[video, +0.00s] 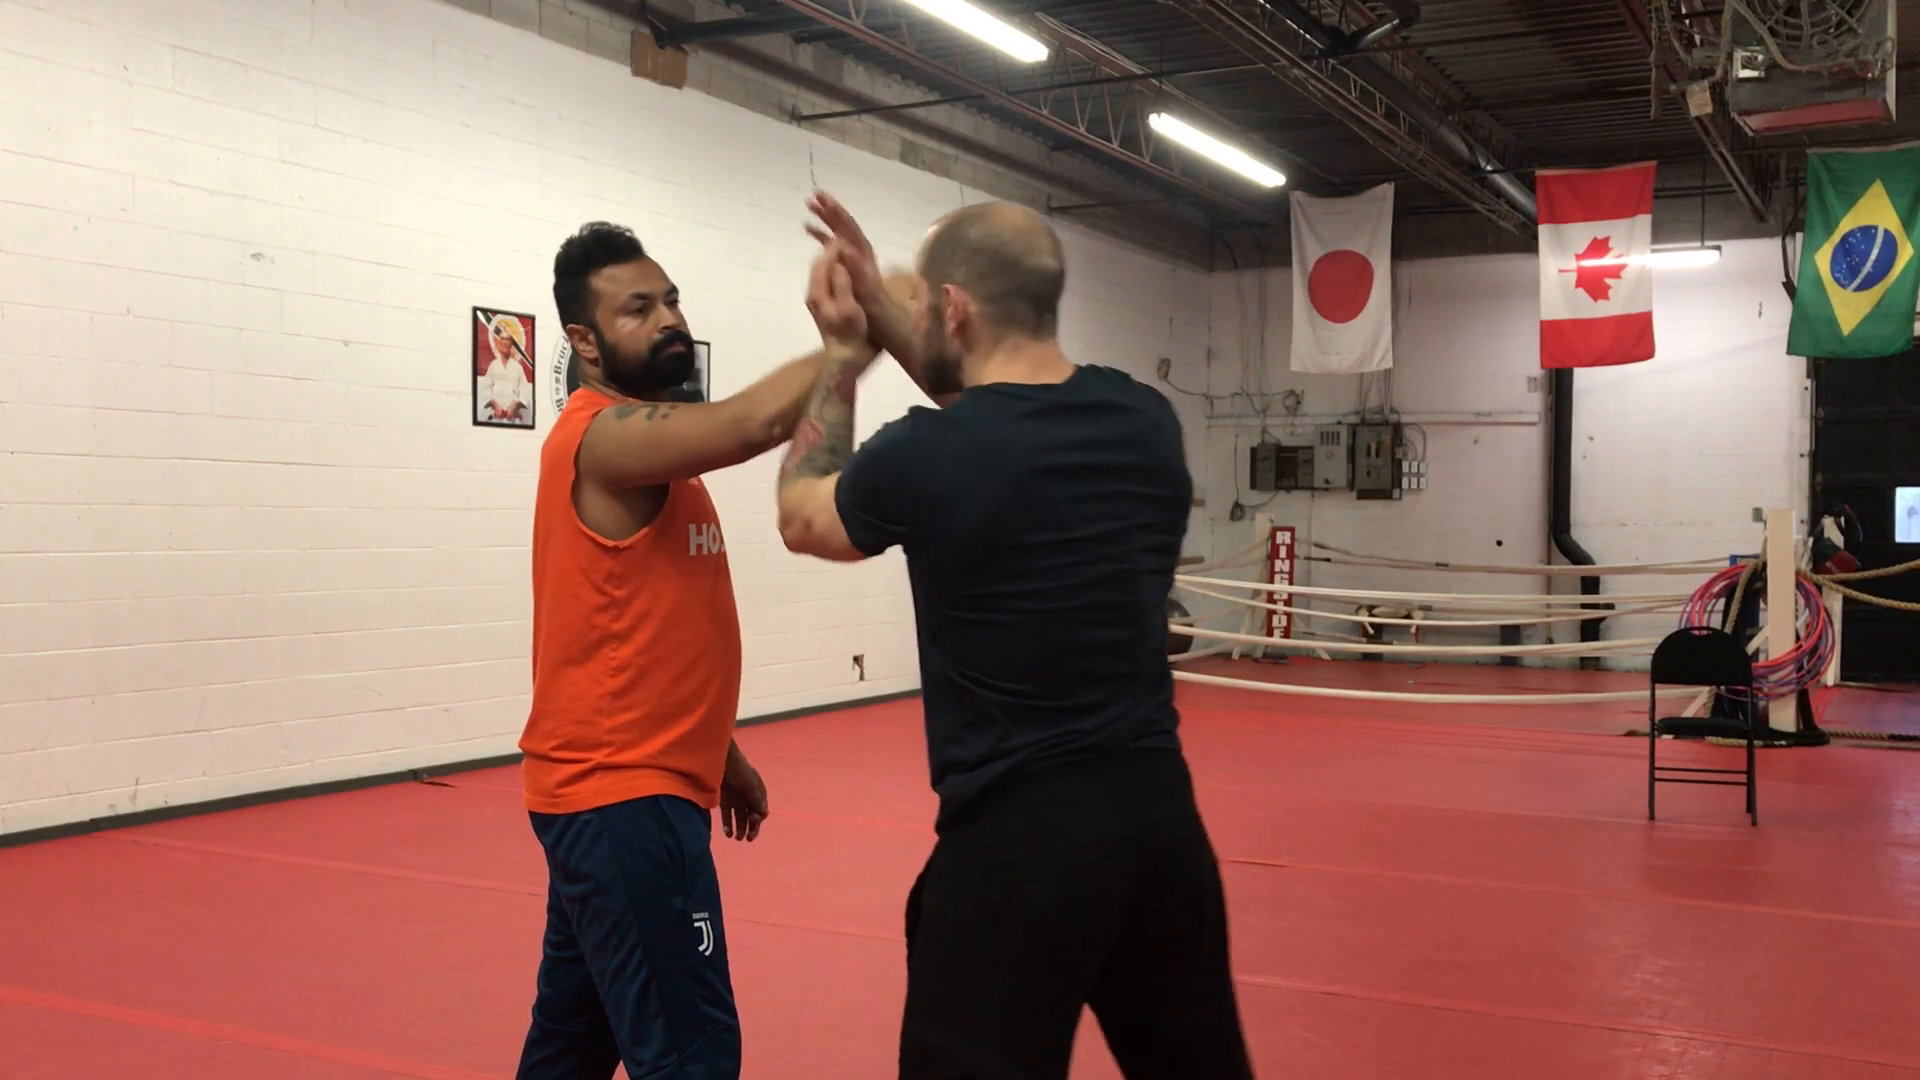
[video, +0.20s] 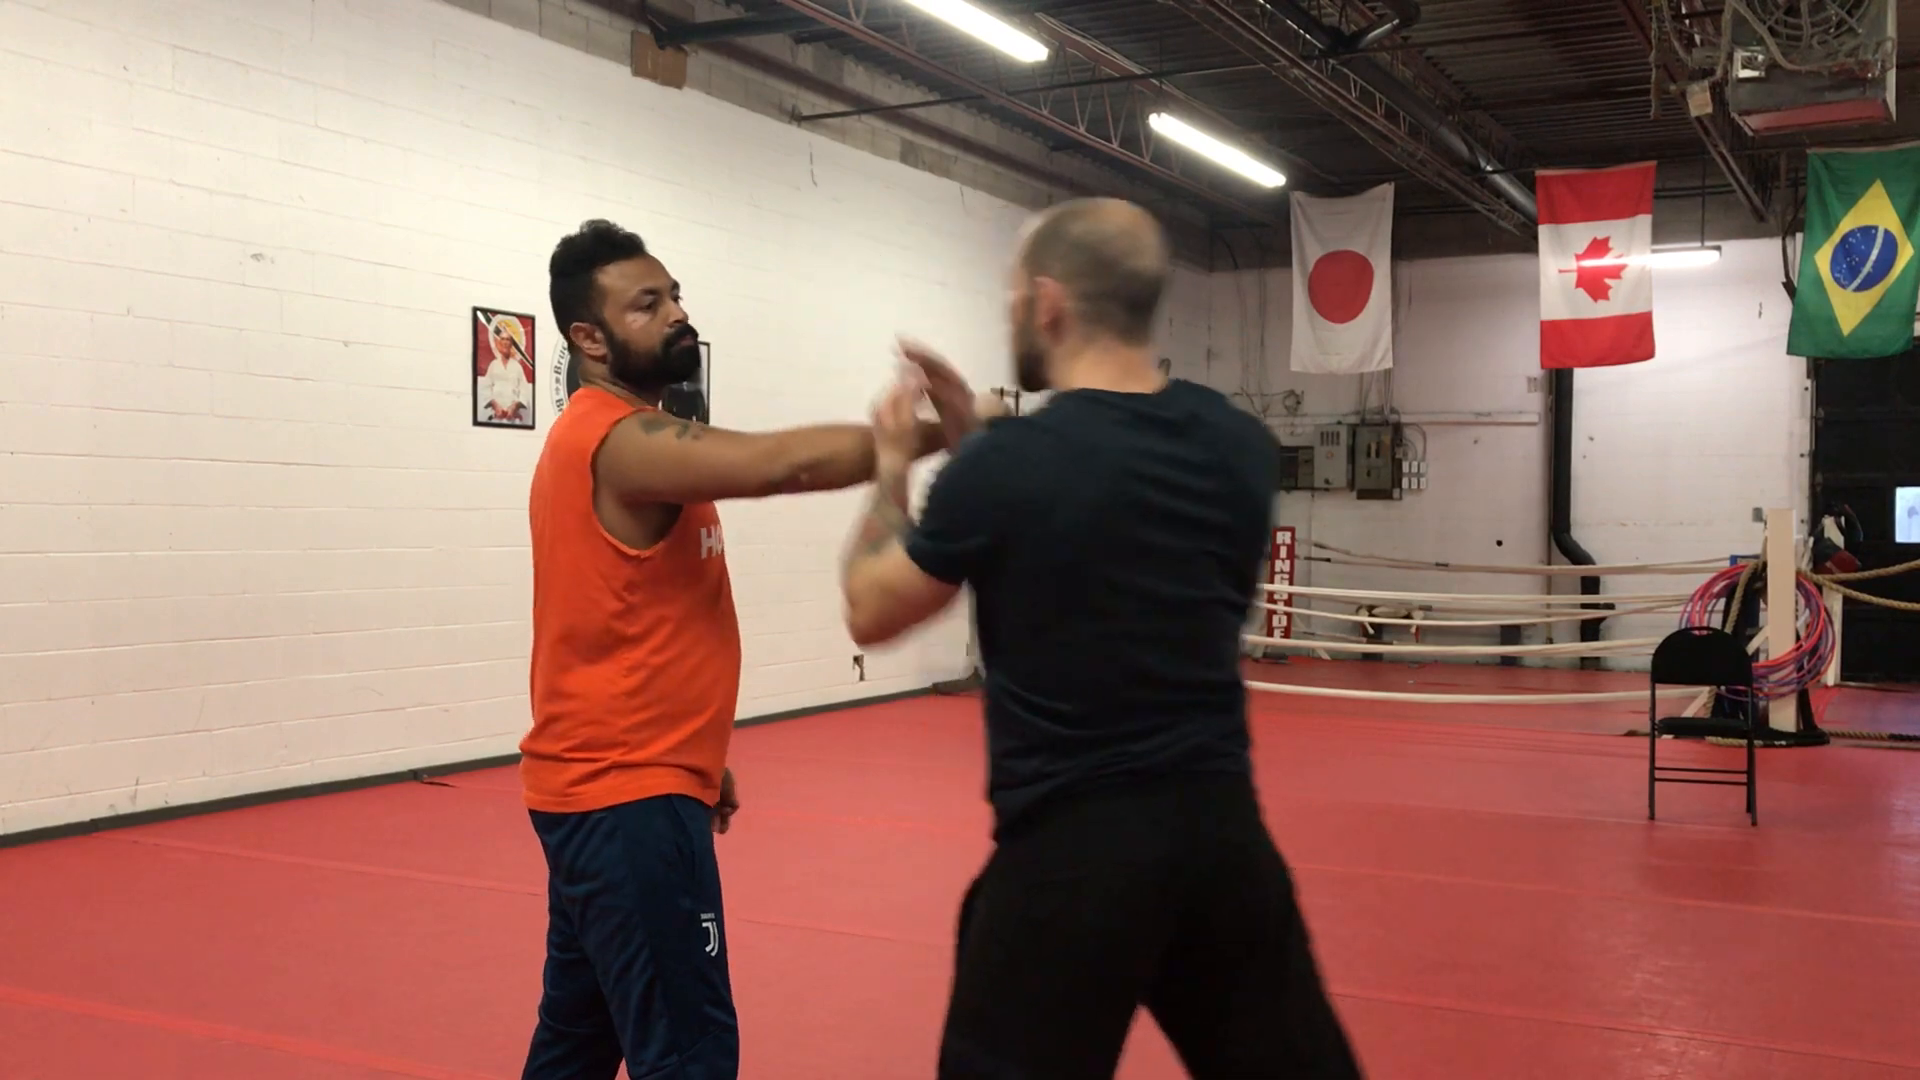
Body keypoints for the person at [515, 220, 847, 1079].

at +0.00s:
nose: (669, 319)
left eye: (670, 301)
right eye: (637, 308)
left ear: (679, 305)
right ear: (585, 341)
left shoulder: (631, 432)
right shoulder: (606, 431)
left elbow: (641, 623)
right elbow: (749, 419)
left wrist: (719, 750)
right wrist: (848, 350)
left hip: (630, 788)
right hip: (619, 793)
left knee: (571, 1047)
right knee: (693, 1054)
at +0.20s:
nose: (679, 315)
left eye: (673, 298)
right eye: (648, 303)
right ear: (588, 338)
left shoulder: (598, 432)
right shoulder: (621, 439)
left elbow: (624, 623)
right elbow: (786, 463)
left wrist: (695, 752)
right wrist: (935, 434)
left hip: (605, 787)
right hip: (626, 791)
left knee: (576, 1041)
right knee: (689, 1052)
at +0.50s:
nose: (690, 318)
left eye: (682, 299)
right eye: (661, 306)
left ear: (598, 345)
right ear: (598, 339)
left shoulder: (576, 437)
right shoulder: (621, 442)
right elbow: (724, 571)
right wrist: (843, 532)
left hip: (587, 787)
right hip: (639, 793)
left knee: (573, 1040)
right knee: (697, 1050)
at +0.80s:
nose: (651, 321)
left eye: (647, 302)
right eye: (624, 306)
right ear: (559, 336)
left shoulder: (596, 446)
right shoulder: (561, 455)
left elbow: (604, 635)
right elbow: (550, 634)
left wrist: (663, 774)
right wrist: (724, 622)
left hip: (605, 795)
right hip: (590, 801)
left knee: (539, 1049)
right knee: (659, 1057)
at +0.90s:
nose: (631, 326)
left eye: (628, 307)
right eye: (604, 309)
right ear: (537, 336)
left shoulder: (581, 449)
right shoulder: (528, 455)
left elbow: (587, 638)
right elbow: (527, 625)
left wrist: (661, 763)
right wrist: (702, 575)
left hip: (599, 795)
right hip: (567, 801)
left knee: (530, 1050)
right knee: (633, 1053)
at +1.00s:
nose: (609, 331)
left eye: (607, 313)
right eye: (582, 315)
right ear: (514, 338)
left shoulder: (572, 456)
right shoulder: (493, 456)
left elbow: (602, 628)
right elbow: (530, 602)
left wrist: (663, 755)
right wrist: (655, 465)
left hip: (589, 795)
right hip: (545, 801)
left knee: (517, 1051)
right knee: (606, 1054)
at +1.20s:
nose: (570, 341)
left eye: (573, 322)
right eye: (548, 321)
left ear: (572, 327)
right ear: (486, 336)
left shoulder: (554, 465)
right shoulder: (440, 446)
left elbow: (580, 630)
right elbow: (522, 486)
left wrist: (655, 751)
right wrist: (483, 348)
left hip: (565, 796)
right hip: (504, 798)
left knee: (481, 1054)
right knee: (569, 1056)